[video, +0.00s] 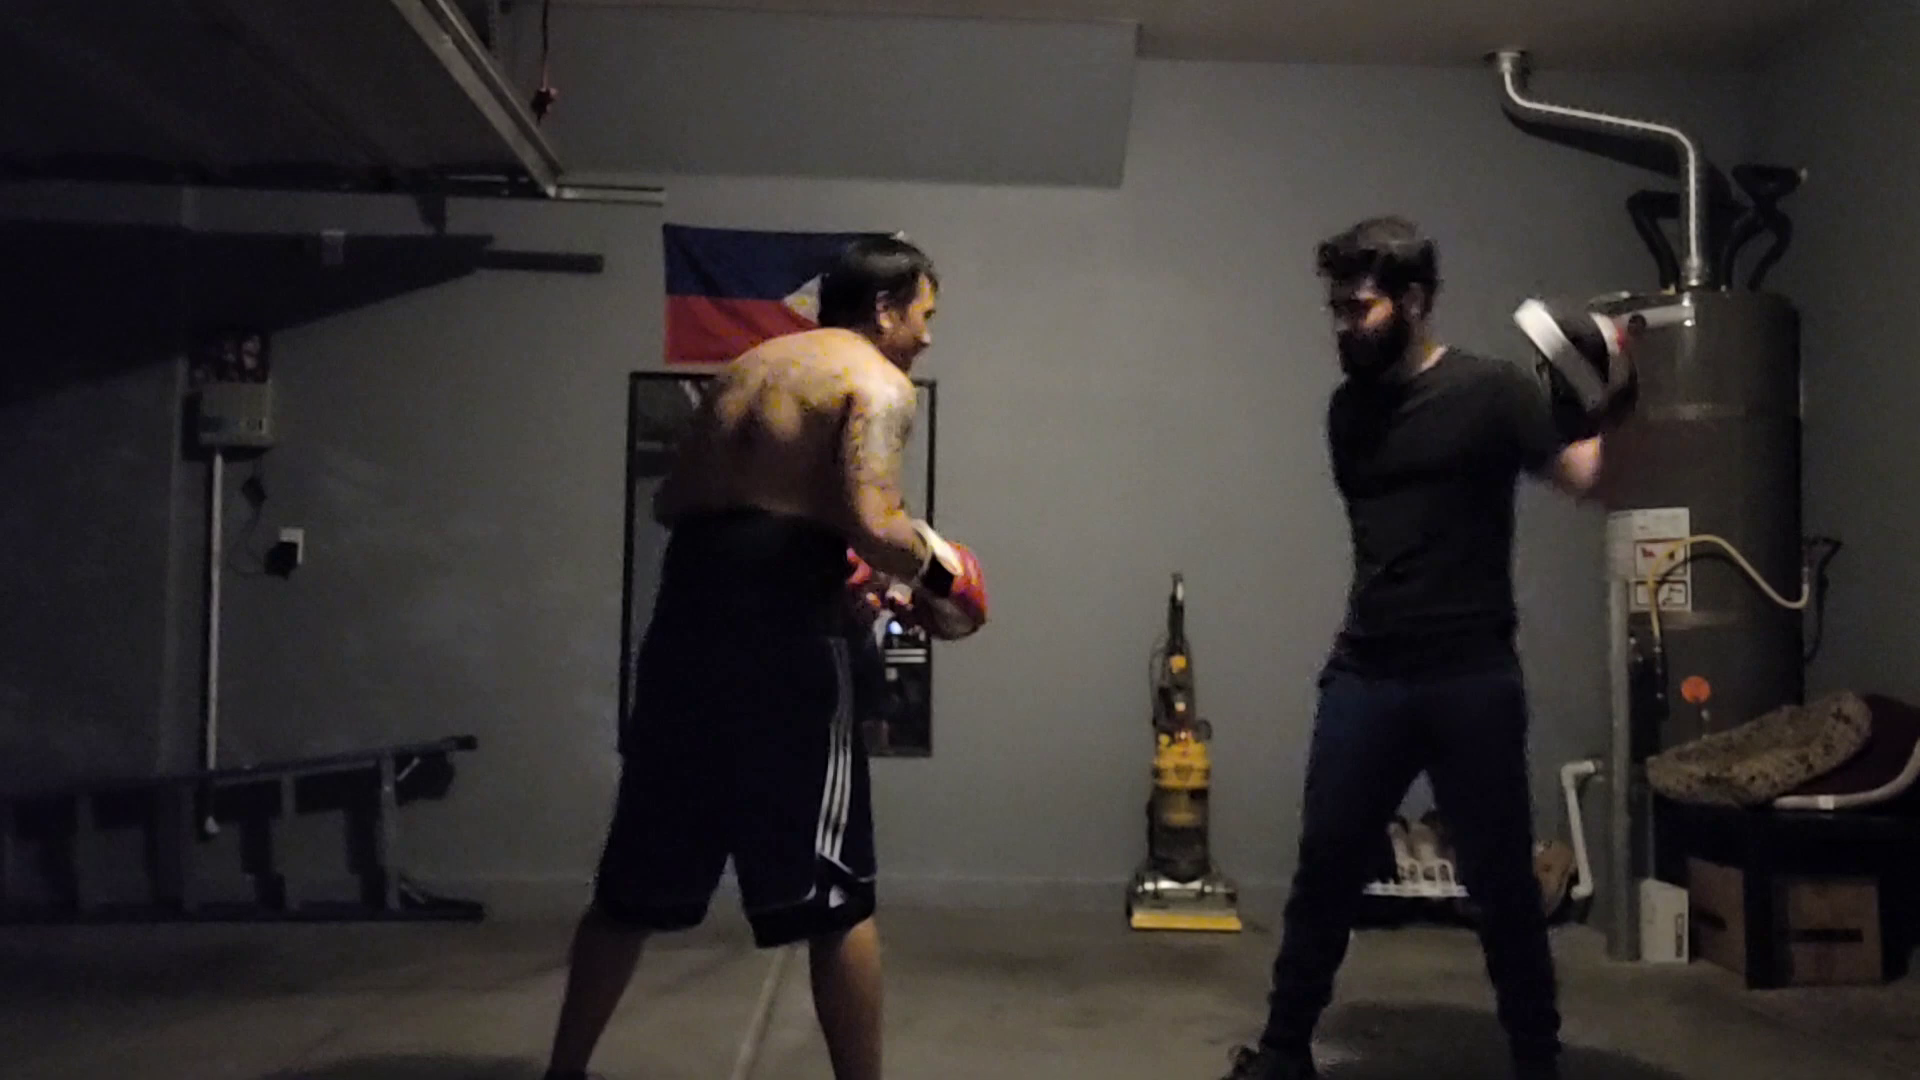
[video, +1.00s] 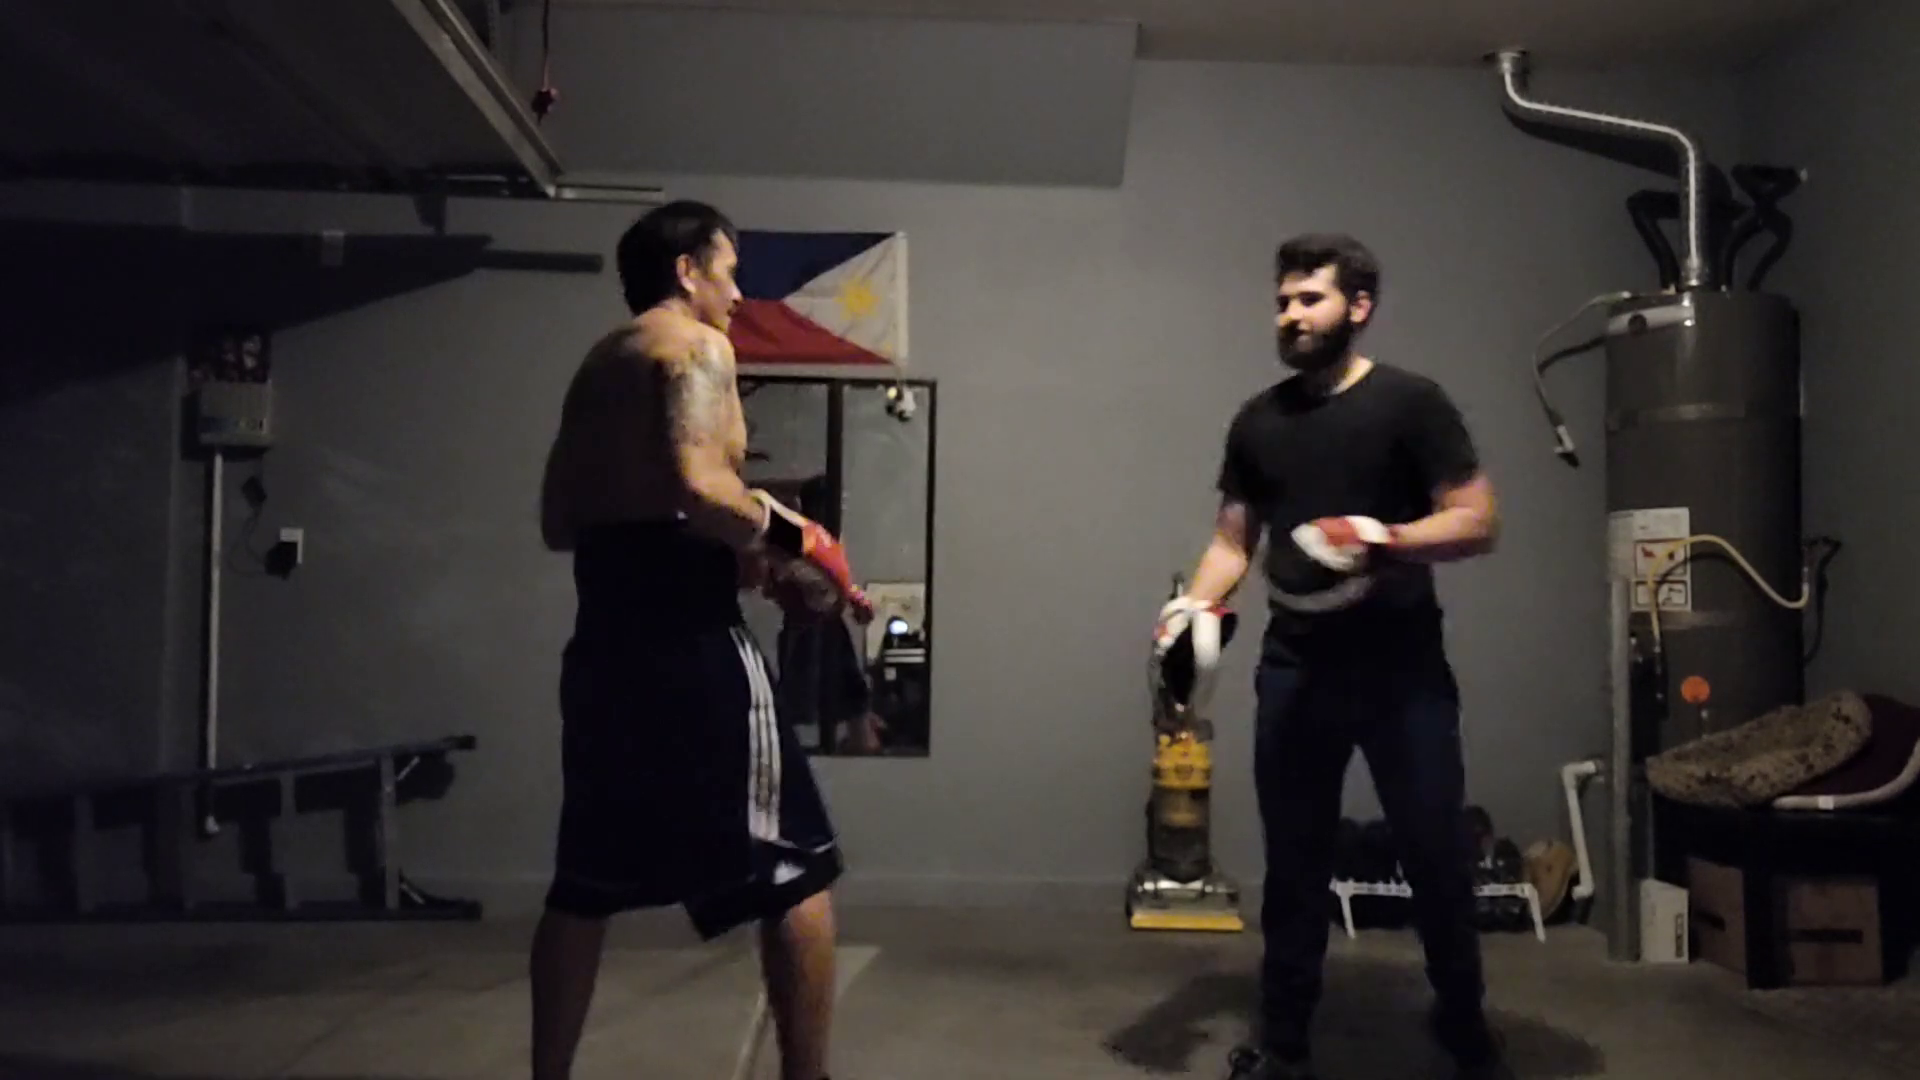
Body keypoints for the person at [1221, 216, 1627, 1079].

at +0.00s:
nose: (1343, 322)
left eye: (1360, 305)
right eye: (1337, 305)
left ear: (1415, 302)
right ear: (1335, 305)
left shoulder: (1492, 389)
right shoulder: (1349, 409)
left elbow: (1593, 479)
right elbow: (1379, 538)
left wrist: (1617, 398)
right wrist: (1363, 640)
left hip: (1469, 677)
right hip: (1367, 677)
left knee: (1500, 882)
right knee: (1325, 868)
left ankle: (1535, 1054)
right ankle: (1284, 1046)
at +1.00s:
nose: (1293, 315)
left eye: (1311, 299)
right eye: (1285, 301)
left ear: (1359, 306)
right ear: (1277, 311)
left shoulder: (1413, 403)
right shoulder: (1260, 422)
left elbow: (1476, 522)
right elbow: (1233, 539)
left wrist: (1382, 536)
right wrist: (1194, 601)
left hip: (1402, 667)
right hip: (1298, 671)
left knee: (1437, 855)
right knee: (1293, 862)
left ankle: (1464, 1034)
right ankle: (1281, 1042)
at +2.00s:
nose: (1291, 316)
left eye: (1308, 301)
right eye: (1283, 304)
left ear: (1357, 311)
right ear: (1278, 317)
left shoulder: (1417, 407)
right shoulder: (1264, 424)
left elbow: (1461, 516)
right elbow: (1198, 524)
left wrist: (1363, 497)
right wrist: (1163, 540)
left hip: (1425, 677)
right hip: (1316, 679)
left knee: (1464, 858)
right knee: (1292, 864)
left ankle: (1469, 1023)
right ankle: (1280, 1044)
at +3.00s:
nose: (1257, 328)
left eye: (1273, 312)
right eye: (1250, 316)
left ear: (1322, 317)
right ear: (1243, 329)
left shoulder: (1357, 395)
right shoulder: (1238, 407)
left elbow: (1272, 406)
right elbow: (1137, 409)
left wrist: (1197, 309)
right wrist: (1118, 343)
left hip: (1355, 671)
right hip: (1258, 673)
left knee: (1394, 840)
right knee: (1216, 845)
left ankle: (1429, 1004)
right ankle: (1188, 1029)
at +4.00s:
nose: (1226, 345)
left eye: (1242, 330)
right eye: (1217, 332)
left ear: (1285, 334)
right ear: (1206, 339)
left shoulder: (1319, 409)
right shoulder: (1192, 414)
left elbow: (1271, 436)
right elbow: (1105, 437)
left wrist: (1193, 365)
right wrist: (1083, 358)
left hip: (1305, 678)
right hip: (1207, 678)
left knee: (1355, 845)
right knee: (1166, 845)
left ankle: (1397, 1005)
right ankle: (1142, 1012)